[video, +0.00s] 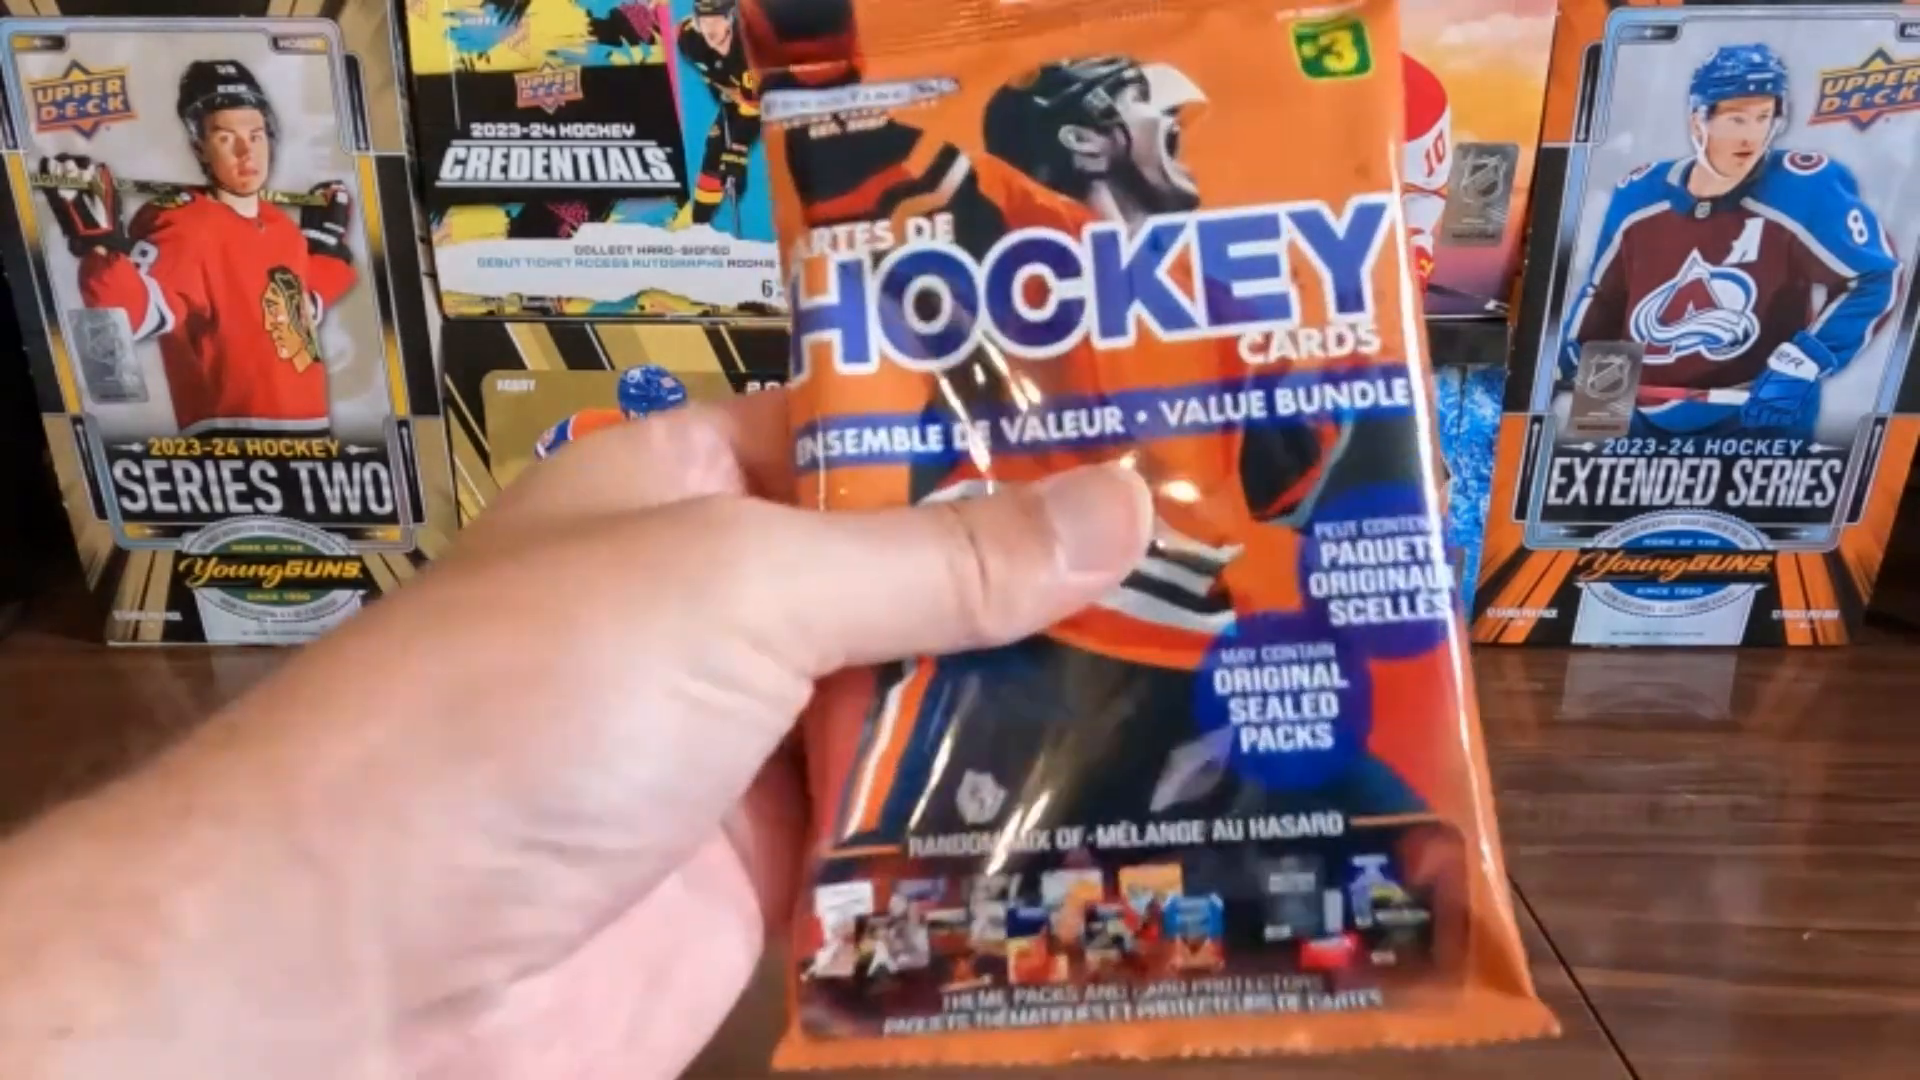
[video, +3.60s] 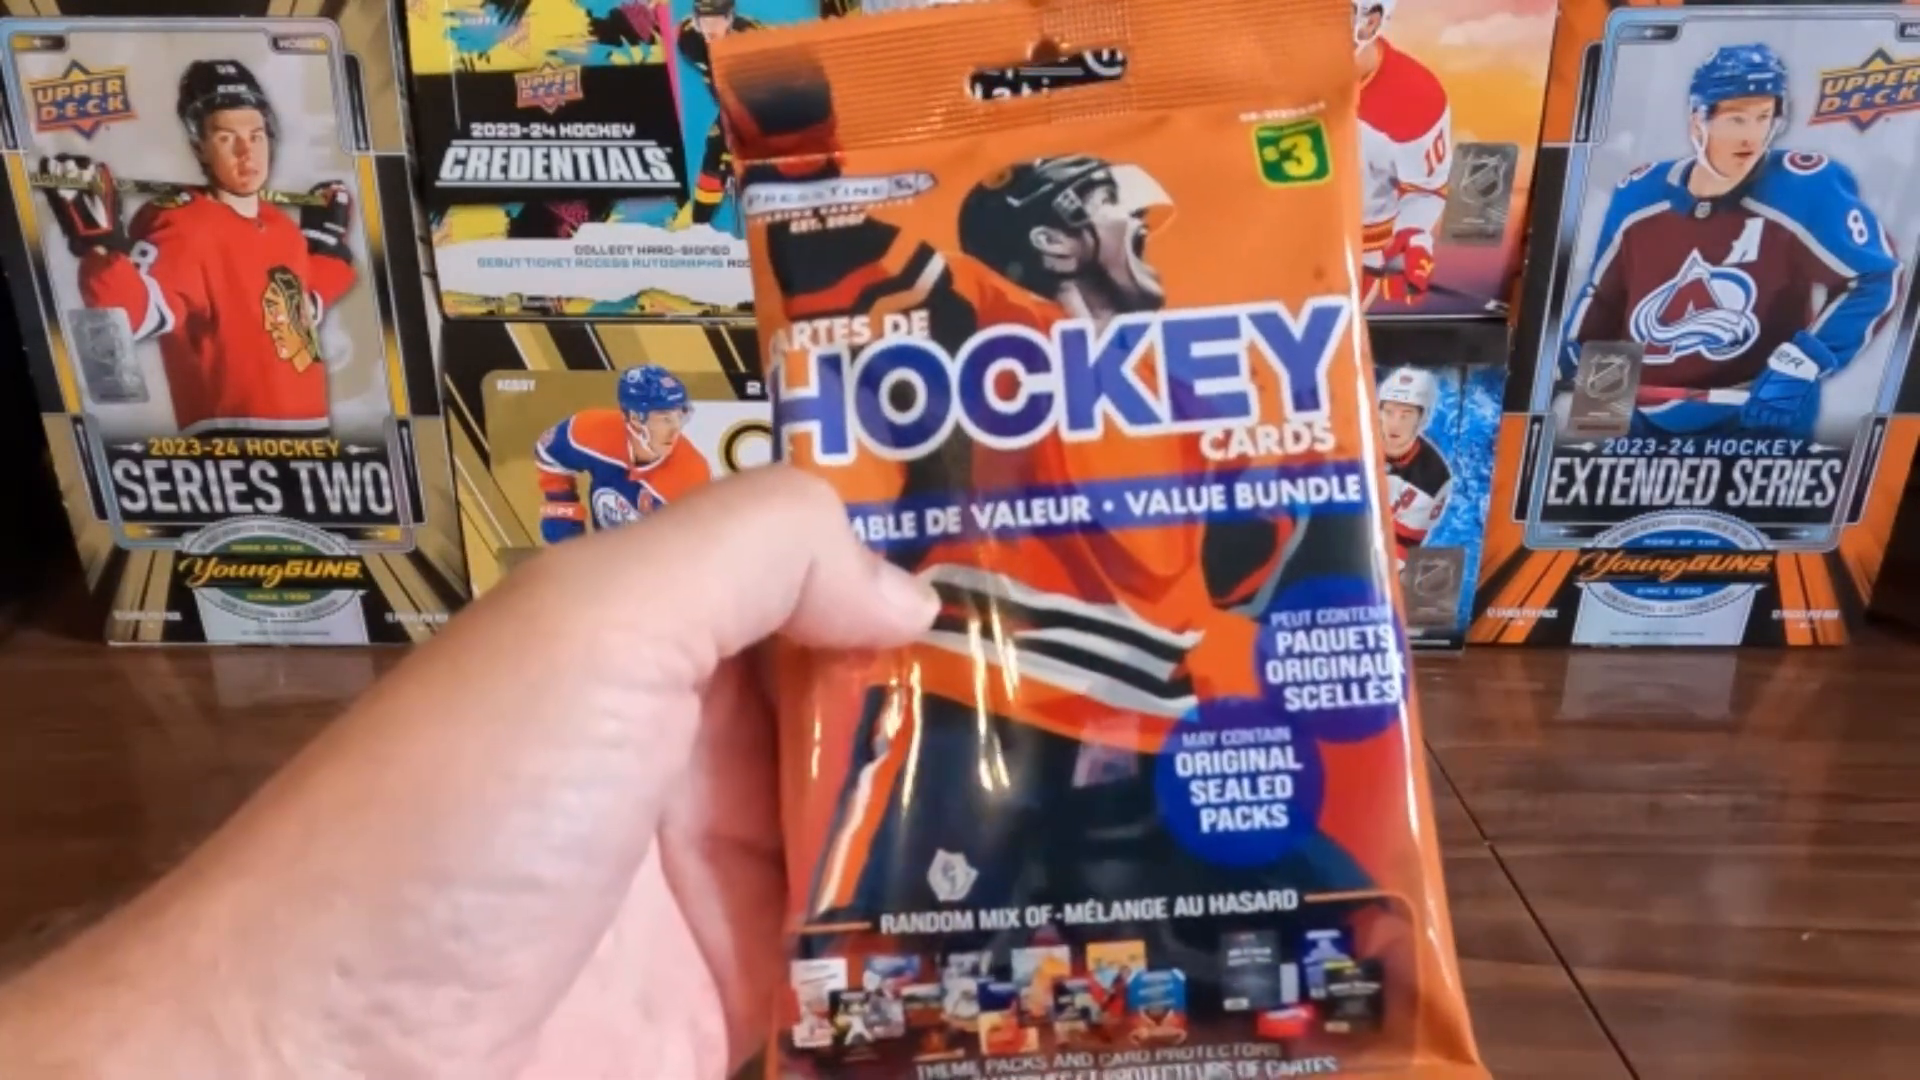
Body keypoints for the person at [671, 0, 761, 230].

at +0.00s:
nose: (710, 29)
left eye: (716, 21)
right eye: (704, 22)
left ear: (731, 18)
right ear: (696, 21)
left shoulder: (750, 44)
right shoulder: (688, 37)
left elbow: (751, 105)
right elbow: (709, 75)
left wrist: (736, 155)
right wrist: (731, 94)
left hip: (775, 98)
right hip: (733, 105)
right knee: (715, 152)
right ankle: (699, 222)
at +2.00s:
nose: (710, 30)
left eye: (716, 22)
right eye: (704, 22)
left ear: (729, 19)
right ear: (695, 21)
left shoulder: (750, 48)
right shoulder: (688, 37)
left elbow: (755, 107)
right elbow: (711, 72)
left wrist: (737, 153)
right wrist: (729, 91)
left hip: (788, 83)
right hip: (738, 94)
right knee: (716, 148)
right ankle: (700, 221)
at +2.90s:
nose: (709, 30)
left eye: (716, 22)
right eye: (704, 22)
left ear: (729, 19)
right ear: (696, 21)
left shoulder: (753, 37)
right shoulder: (688, 38)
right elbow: (712, 76)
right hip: (731, 103)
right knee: (716, 152)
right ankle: (699, 221)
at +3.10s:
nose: (711, 33)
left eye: (717, 26)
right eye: (705, 26)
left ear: (730, 19)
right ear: (696, 21)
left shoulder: (754, 36)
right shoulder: (688, 39)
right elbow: (710, 73)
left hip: (762, 109)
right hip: (728, 109)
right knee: (714, 160)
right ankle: (700, 221)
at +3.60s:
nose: (710, 30)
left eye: (716, 22)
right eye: (704, 22)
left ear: (730, 18)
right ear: (696, 20)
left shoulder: (752, 35)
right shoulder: (688, 39)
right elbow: (710, 73)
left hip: (761, 111)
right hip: (727, 111)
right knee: (714, 161)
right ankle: (700, 220)